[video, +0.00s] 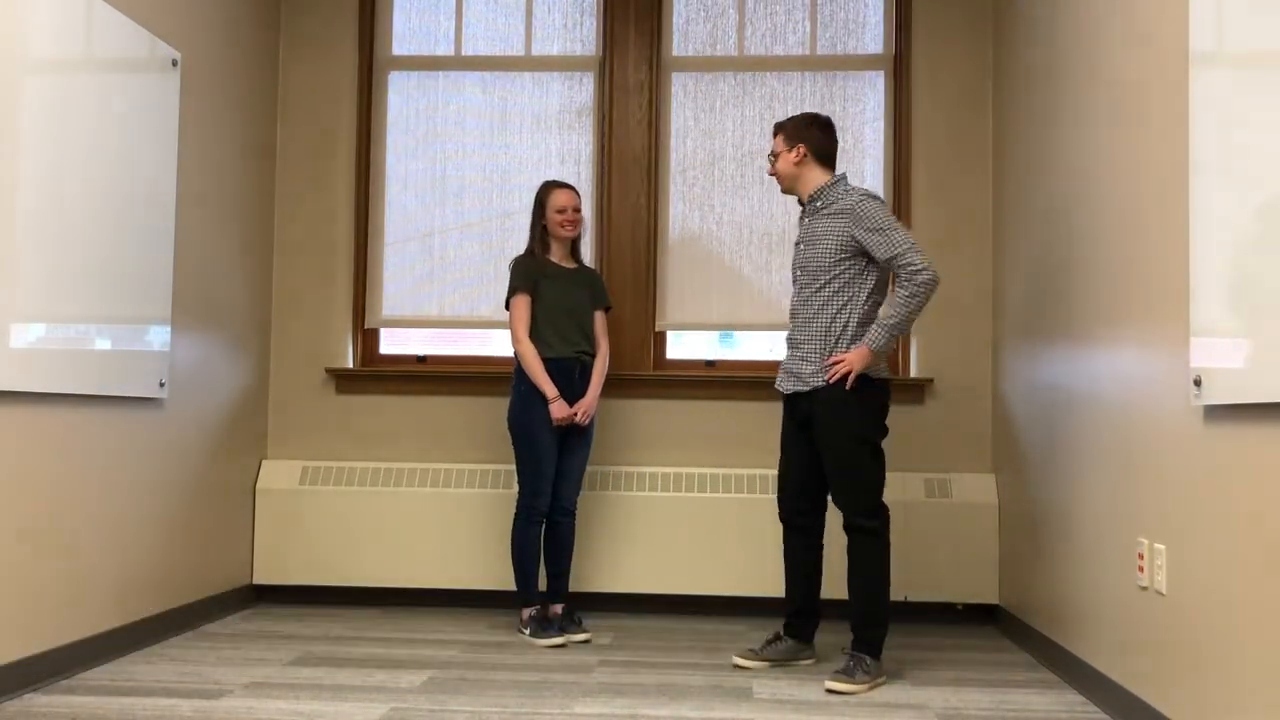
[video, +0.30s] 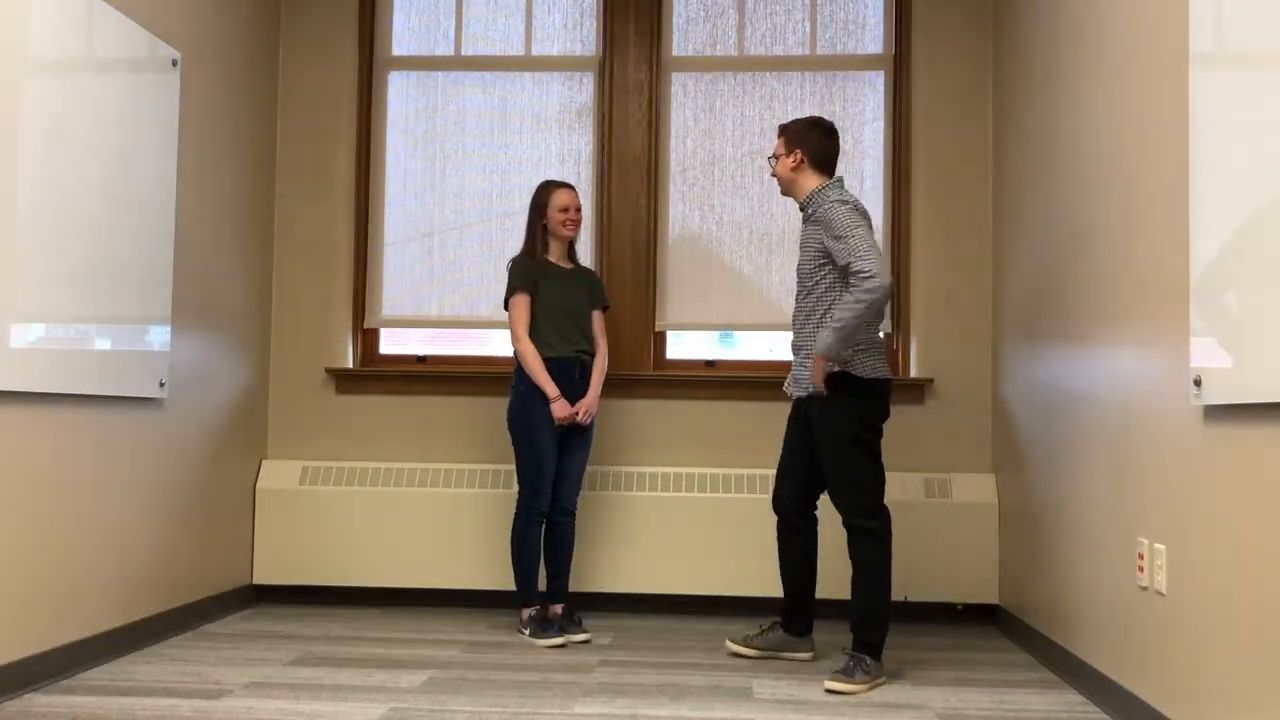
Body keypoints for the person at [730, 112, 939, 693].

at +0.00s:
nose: (770, 166)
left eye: (775, 155)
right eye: (771, 157)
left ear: (799, 153)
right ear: (803, 153)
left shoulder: (853, 205)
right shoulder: (812, 213)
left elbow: (919, 275)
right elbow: (844, 291)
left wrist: (869, 347)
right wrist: (801, 355)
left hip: (848, 392)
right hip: (804, 392)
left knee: (862, 519)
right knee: (800, 515)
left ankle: (866, 653)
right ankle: (796, 637)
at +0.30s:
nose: (772, 166)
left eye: (777, 156)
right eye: (774, 156)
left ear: (799, 158)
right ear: (809, 158)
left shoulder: (836, 208)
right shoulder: (817, 210)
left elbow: (874, 280)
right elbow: (846, 291)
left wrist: (825, 349)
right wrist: (812, 361)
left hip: (848, 390)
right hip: (818, 389)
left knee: (864, 518)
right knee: (792, 504)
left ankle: (867, 653)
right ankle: (794, 628)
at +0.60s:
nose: (763, 173)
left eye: (768, 164)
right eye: (765, 164)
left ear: (790, 166)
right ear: (797, 167)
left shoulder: (820, 224)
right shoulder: (802, 225)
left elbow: (796, 317)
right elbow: (797, 321)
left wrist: (722, 355)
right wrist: (742, 360)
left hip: (827, 389)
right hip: (800, 388)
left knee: (846, 518)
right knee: (777, 507)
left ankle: (865, 653)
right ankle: (781, 626)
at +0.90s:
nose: (743, 177)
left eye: (748, 167)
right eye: (745, 168)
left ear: (772, 167)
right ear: (776, 169)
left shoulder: (796, 225)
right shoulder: (783, 226)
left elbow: (761, 309)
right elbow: (764, 316)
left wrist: (691, 340)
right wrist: (703, 352)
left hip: (796, 379)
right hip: (778, 380)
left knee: (781, 500)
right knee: (768, 500)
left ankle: (831, 635)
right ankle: (781, 626)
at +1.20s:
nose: (733, 178)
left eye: (739, 168)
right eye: (734, 169)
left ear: (763, 170)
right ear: (768, 171)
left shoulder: (783, 223)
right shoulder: (775, 224)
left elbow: (743, 306)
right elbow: (746, 317)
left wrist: (672, 332)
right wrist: (681, 337)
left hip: (779, 382)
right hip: (770, 380)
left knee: (772, 505)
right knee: (768, 504)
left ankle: (779, 632)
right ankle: (774, 626)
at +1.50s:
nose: (726, 180)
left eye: (731, 170)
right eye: (728, 171)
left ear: (755, 173)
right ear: (762, 175)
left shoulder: (771, 228)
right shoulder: (777, 227)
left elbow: (749, 319)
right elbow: (750, 319)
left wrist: (681, 333)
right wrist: (687, 324)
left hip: (768, 383)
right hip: (781, 382)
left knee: (723, 496)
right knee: (775, 502)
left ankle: (769, 624)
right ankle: (782, 625)